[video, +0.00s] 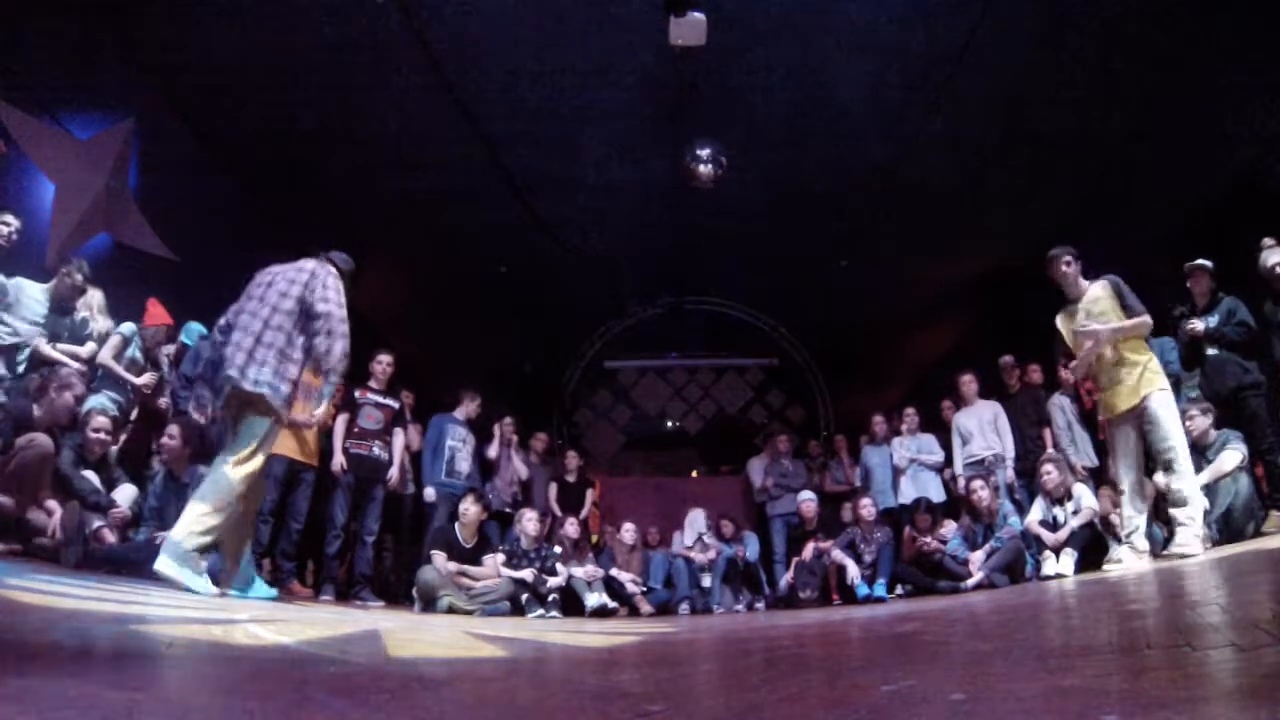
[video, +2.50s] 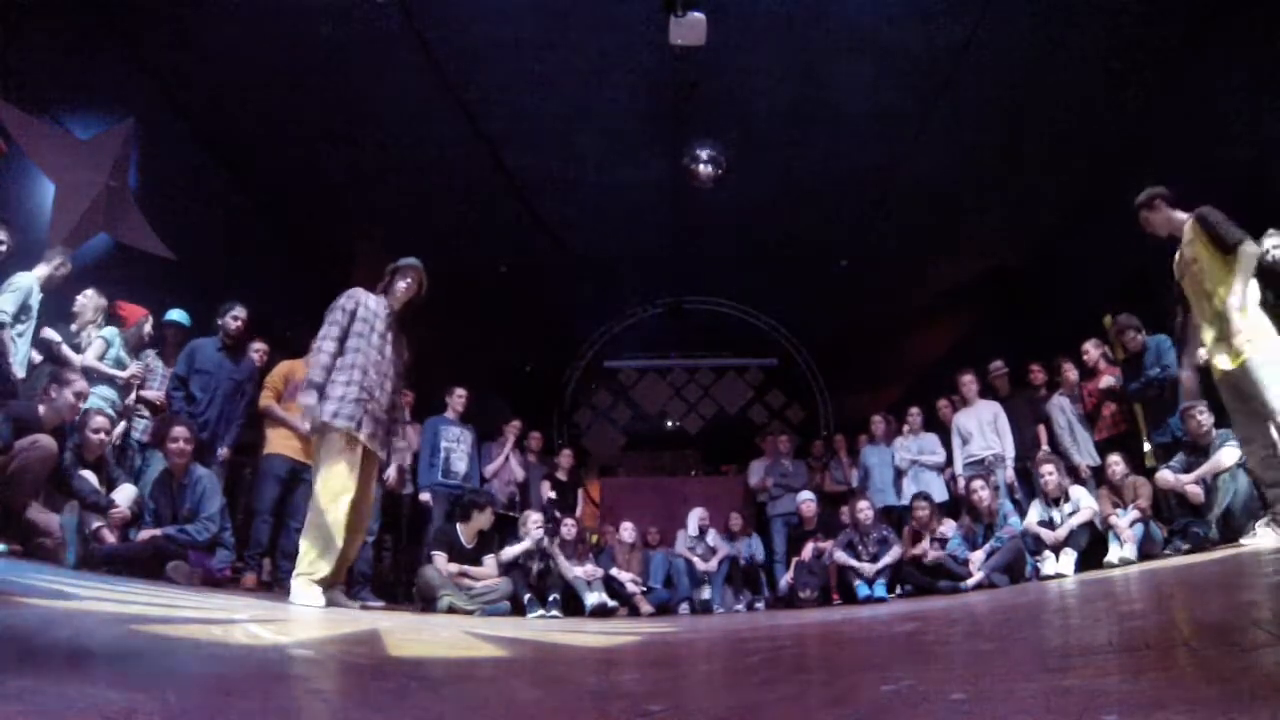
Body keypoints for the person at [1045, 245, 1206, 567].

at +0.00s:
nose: (1064, 270)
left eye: (1067, 263)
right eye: (1057, 268)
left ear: (1078, 266)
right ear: (1053, 278)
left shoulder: (1110, 286)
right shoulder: (1063, 319)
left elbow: (1145, 323)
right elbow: (1077, 371)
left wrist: (1108, 331)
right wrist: (1091, 346)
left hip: (1146, 378)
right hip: (1113, 394)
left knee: (1172, 453)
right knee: (1126, 472)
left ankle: (1190, 532)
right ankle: (1135, 544)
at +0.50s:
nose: (1135, 243)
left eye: (1136, 237)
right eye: (1128, 238)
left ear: (1138, 243)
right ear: (1113, 244)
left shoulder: (1151, 284)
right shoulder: (1101, 283)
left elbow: (1160, 326)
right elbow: (1099, 332)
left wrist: (1177, 336)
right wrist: (1148, 340)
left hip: (1173, 375)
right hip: (1139, 381)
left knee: (1194, 453)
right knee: (1153, 455)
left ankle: (1203, 532)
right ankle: (1138, 531)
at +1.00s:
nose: (1168, 214)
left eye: (1168, 208)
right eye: (1161, 208)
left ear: (1165, 213)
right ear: (1144, 213)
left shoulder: (1171, 257)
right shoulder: (1135, 253)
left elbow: (1191, 307)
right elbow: (1126, 309)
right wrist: (1129, 366)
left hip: (1211, 353)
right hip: (1189, 356)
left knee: (1217, 448)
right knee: (1235, 435)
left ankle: (1202, 529)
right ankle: (1271, 515)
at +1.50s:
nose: (1184, 189)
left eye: (1185, 182)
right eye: (1175, 184)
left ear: (1187, 188)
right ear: (1159, 193)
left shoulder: (1207, 229)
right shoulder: (1158, 233)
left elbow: (1231, 275)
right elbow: (1189, 272)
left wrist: (1264, 299)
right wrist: (1245, 291)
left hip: (1250, 321)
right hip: (1214, 330)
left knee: (1277, 409)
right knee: (1245, 423)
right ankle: (1267, 513)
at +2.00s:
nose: (1189, 177)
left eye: (1193, 167)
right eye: (1182, 173)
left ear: (1211, 164)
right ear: (1180, 182)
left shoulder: (1255, 198)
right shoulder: (1185, 230)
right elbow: (1198, 284)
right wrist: (1225, 332)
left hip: (1274, 325)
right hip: (1240, 338)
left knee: (1270, 425)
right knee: (1263, 429)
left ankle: (1273, 506)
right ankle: (1273, 507)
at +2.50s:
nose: (1147, 228)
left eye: (1146, 220)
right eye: (1144, 223)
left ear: (1159, 207)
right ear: (1155, 215)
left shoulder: (1203, 218)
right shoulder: (1180, 261)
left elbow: (1248, 248)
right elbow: (1195, 314)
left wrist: (1235, 300)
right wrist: (1189, 362)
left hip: (1252, 342)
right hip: (1221, 356)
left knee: (1278, 420)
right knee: (1252, 438)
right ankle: (1275, 514)